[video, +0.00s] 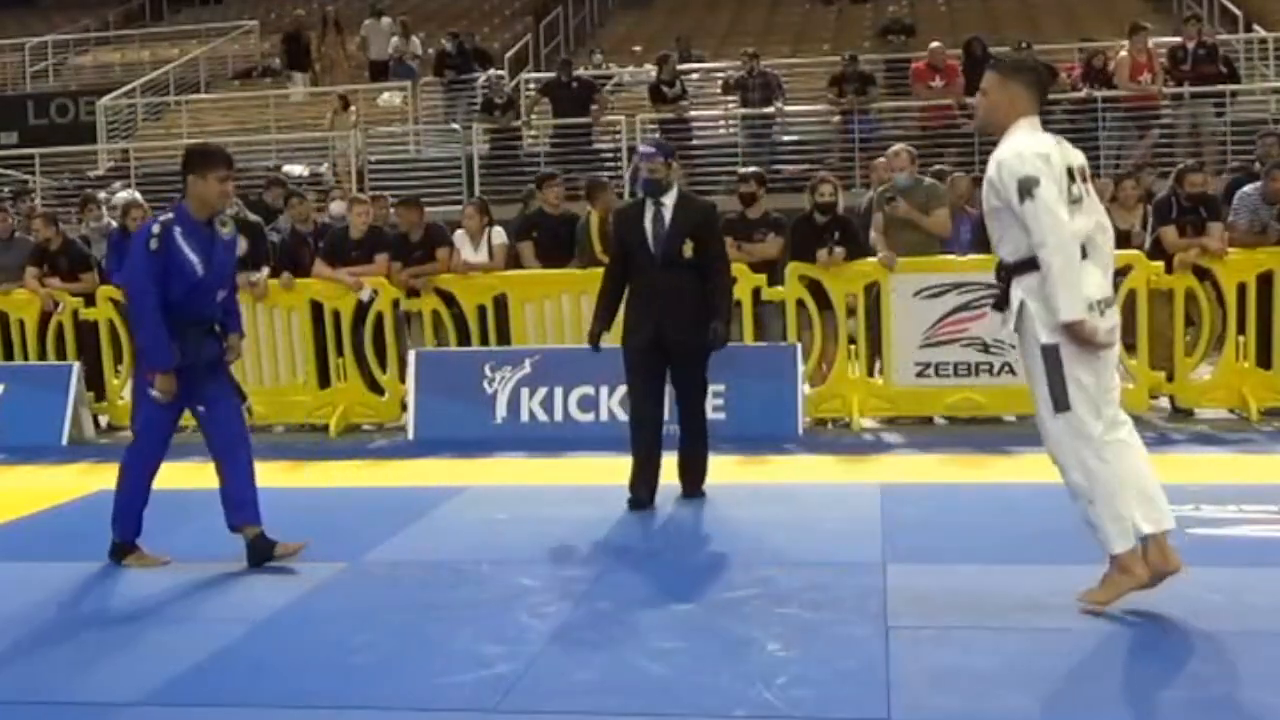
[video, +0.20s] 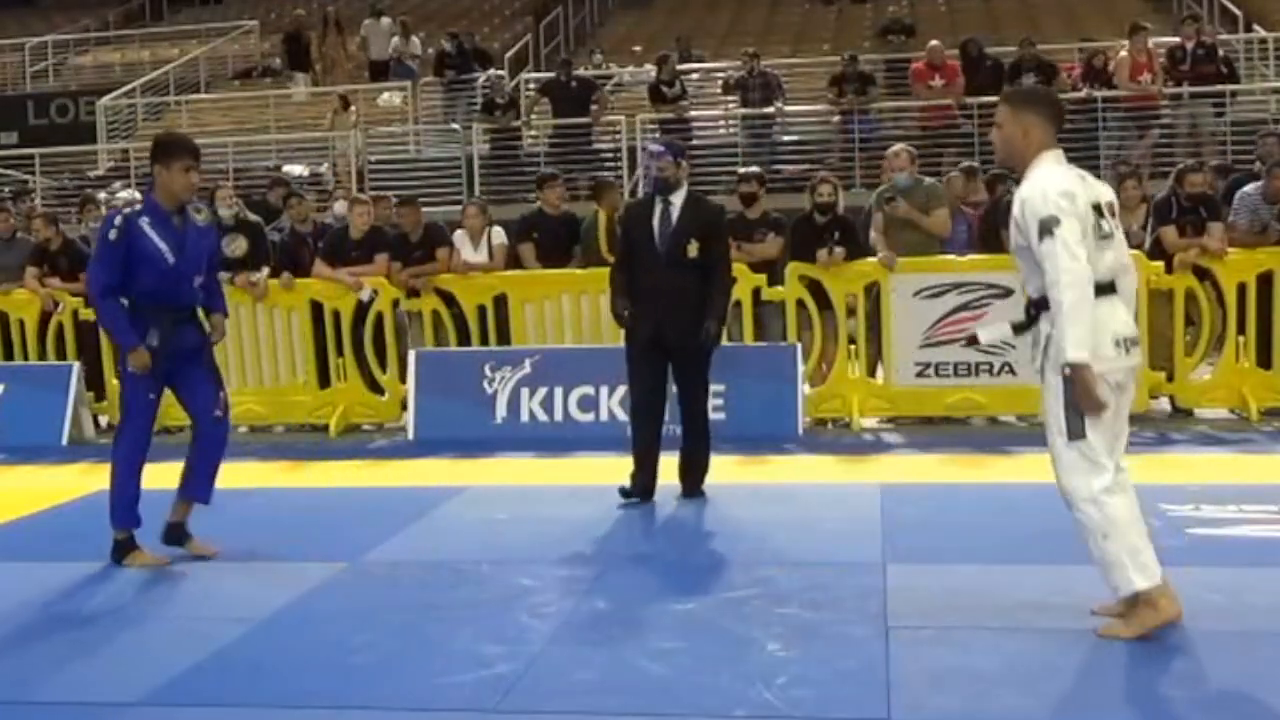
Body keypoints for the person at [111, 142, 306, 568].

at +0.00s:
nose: (231, 190)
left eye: (232, 181)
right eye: (223, 181)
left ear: (216, 184)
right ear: (194, 182)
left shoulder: (224, 234)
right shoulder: (155, 236)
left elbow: (226, 290)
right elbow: (142, 302)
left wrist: (233, 330)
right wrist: (161, 364)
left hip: (208, 357)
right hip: (164, 359)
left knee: (232, 441)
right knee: (148, 450)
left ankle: (255, 539)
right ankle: (123, 543)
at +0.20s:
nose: (195, 180)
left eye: (197, 172)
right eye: (187, 171)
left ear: (194, 175)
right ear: (160, 172)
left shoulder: (200, 221)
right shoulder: (125, 219)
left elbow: (209, 276)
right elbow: (100, 288)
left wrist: (217, 312)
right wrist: (130, 345)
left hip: (188, 336)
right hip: (143, 339)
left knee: (214, 424)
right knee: (134, 436)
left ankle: (178, 524)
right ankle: (123, 540)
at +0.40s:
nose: (184, 180)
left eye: (185, 172)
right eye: (175, 172)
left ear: (183, 176)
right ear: (147, 175)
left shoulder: (192, 223)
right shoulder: (117, 226)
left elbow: (212, 272)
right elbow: (92, 293)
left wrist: (223, 309)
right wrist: (118, 342)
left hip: (183, 339)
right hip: (140, 342)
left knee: (175, 436)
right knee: (138, 435)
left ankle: (135, 514)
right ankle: (123, 540)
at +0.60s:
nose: (195, 189)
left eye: (196, 181)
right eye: (186, 180)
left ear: (187, 184)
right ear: (159, 182)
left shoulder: (190, 235)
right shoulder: (129, 229)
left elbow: (205, 280)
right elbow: (106, 293)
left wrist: (226, 300)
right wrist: (138, 339)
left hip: (175, 346)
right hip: (140, 348)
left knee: (158, 429)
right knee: (172, 426)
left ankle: (126, 520)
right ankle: (138, 522)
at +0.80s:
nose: (218, 196)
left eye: (218, 188)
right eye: (210, 187)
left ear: (204, 191)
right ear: (184, 188)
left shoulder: (204, 235)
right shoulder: (147, 226)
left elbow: (203, 285)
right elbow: (101, 271)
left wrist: (220, 304)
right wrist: (142, 311)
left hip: (180, 345)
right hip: (147, 344)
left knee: (165, 435)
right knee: (187, 425)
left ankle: (127, 524)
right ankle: (205, 533)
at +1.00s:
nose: (246, 222)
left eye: (245, 214)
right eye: (237, 215)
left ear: (234, 216)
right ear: (212, 217)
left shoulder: (235, 250)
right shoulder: (185, 242)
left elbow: (253, 276)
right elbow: (138, 261)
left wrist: (263, 302)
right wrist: (175, 308)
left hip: (194, 359)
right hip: (160, 359)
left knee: (186, 441)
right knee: (201, 441)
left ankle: (129, 525)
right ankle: (241, 543)